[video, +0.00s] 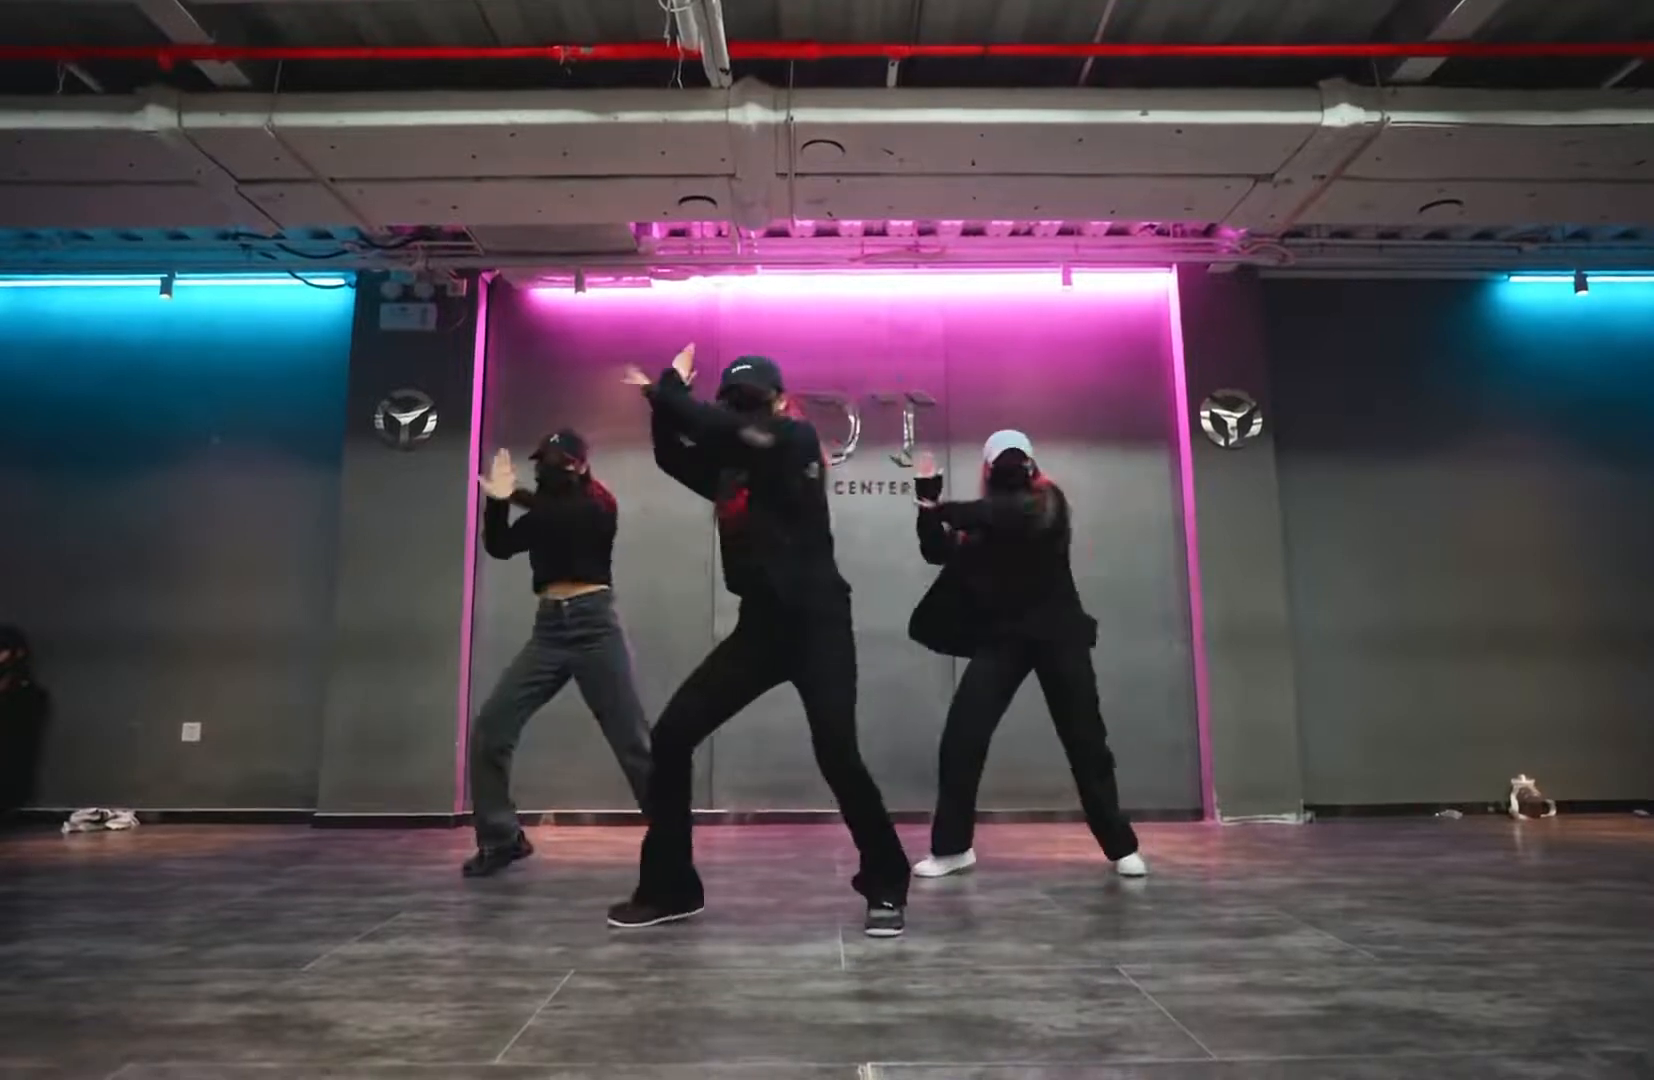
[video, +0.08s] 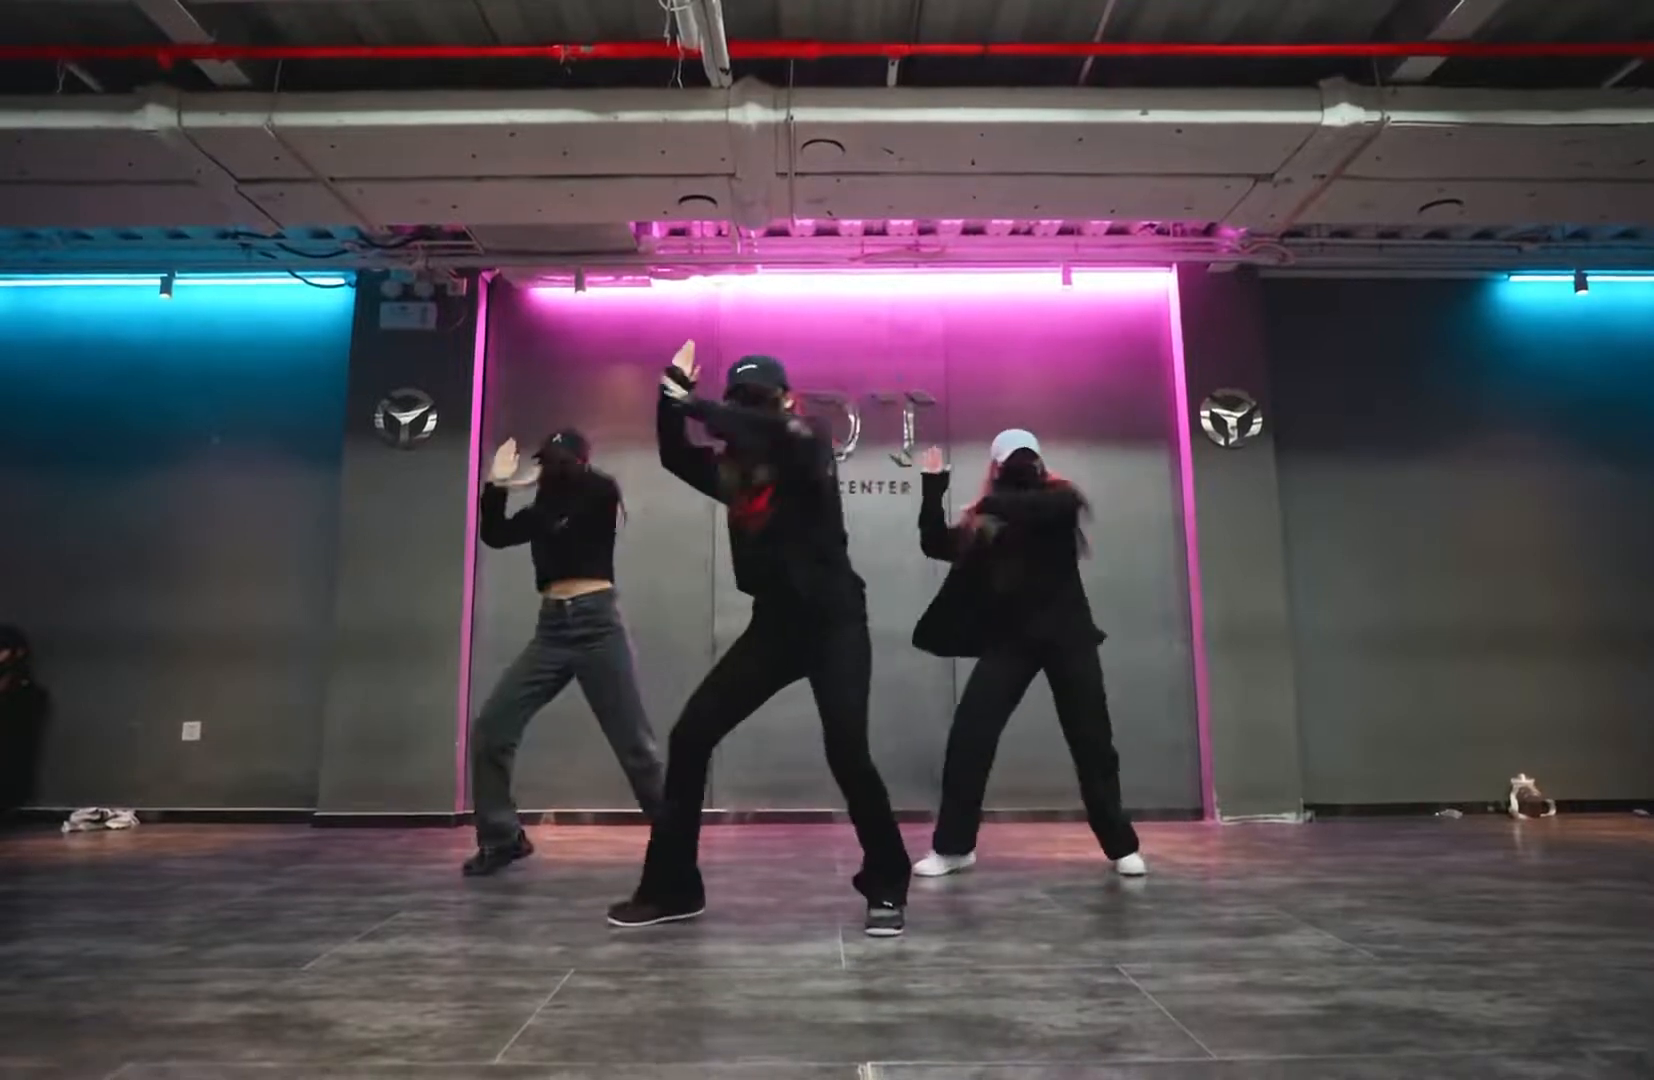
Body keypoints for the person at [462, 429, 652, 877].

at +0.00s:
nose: (541, 471)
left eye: (549, 464)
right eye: (540, 463)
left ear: (573, 465)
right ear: (544, 466)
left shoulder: (597, 504)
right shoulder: (545, 508)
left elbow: (564, 509)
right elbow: (499, 546)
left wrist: (517, 495)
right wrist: (496, 499)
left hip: (595, 627)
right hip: (550, 629)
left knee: (632, 741)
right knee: (491, 728)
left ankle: (675, 841)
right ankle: (500, 839)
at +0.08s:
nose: (547, 469)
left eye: (555, 460)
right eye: (544, 461)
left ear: (577, 462)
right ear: (543, 465)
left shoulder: (600, 491)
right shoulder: (542, 509)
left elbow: (591, 490)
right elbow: (495, 535)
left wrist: (553, 467)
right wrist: (495, 485)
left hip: (598, 626)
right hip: (552, 630)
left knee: (635, 746)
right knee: (492, 728)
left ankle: (677, 842)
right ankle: (501, 838)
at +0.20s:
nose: (560, 459)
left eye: (568, 451)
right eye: (557, 453)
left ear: (589, 459)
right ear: (553, 463)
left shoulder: (614, 494)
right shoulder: (550, 508)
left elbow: (642, 455)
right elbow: (498, 521)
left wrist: (596, 442)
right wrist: (504, 470)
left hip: (612, 625)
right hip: (563, 627)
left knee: (642, 746)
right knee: (505, 728)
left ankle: (673, 845)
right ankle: (502, 841)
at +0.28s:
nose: (599, 453)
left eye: (602, 446)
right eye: (589, 446)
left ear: (608, 459)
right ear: (570, 460)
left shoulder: (629, 492)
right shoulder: (561, 507)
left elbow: (667, 456)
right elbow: (508, 516)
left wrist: (629, 432)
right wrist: (516, 462)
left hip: (629, 626)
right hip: (578, 628)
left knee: (649, 746)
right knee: (525, 733)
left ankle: (676, 847)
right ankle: (504, 842)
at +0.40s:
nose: (603, 463)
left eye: (611, 456)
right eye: (596, 456)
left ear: (626, 460)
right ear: (585, 461)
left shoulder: (651, 497)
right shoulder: (580, 508)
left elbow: (707, 495)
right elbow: (527, 521)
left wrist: (678, 454)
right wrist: (534, 465)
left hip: (651, 626)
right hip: (600, 627)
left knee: (660, 742)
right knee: (553, 729)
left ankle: (675, 843)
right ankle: (526, 832)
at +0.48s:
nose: (612, 470)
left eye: (621, 462)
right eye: (606, 462)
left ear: (637, 461)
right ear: (596, 462)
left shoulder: (661, 502)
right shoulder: (593, 508)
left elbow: (707, 550)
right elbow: (536, 524)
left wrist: (698, 506)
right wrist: (544, 471)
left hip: (658, 626)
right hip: (609, 626)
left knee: (659, 742)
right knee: (574, 725)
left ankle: (674, 841)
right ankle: (579, 817)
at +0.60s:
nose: (632, 467)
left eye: (639, 459)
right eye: (623, 460)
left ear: (654, 462)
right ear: (611, 465)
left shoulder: (679, 515)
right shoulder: (604, 510)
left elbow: (692, 578)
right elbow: (545, 518)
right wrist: (554, 464)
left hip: (668, 631)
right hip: (615, 631)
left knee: (656, 741)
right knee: (610, 745)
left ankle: (674, 836)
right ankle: (637, 828)